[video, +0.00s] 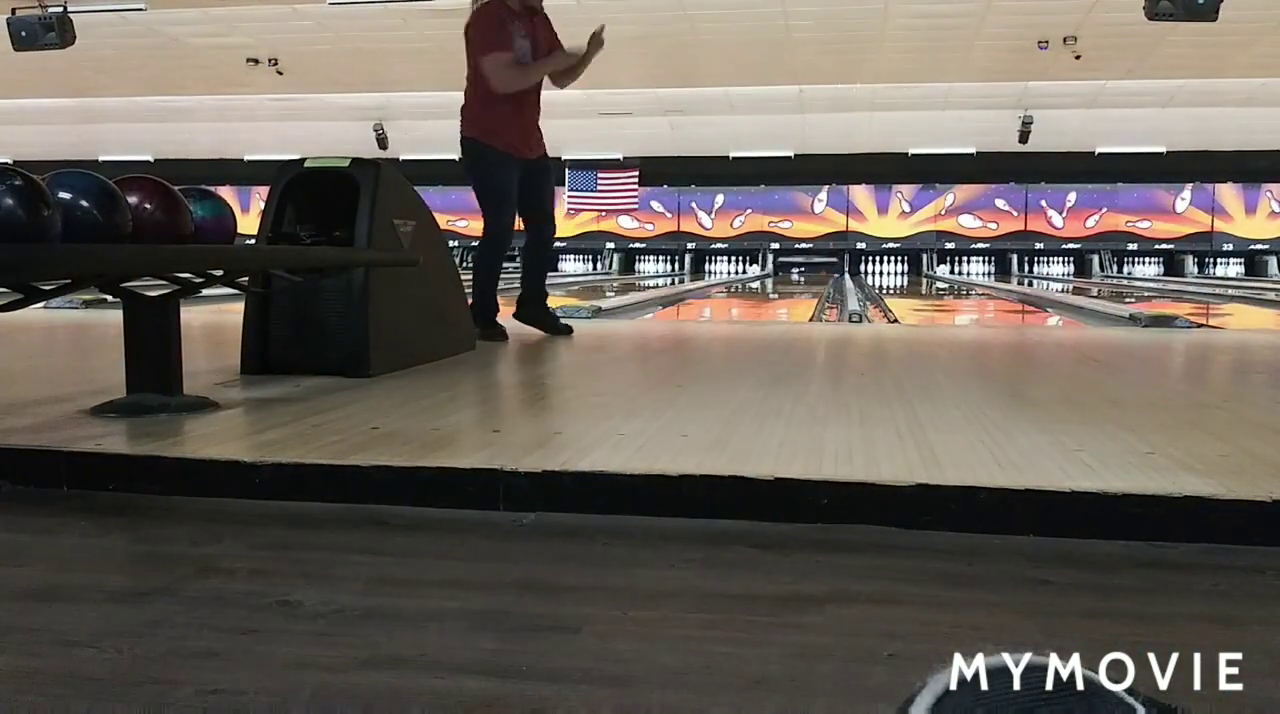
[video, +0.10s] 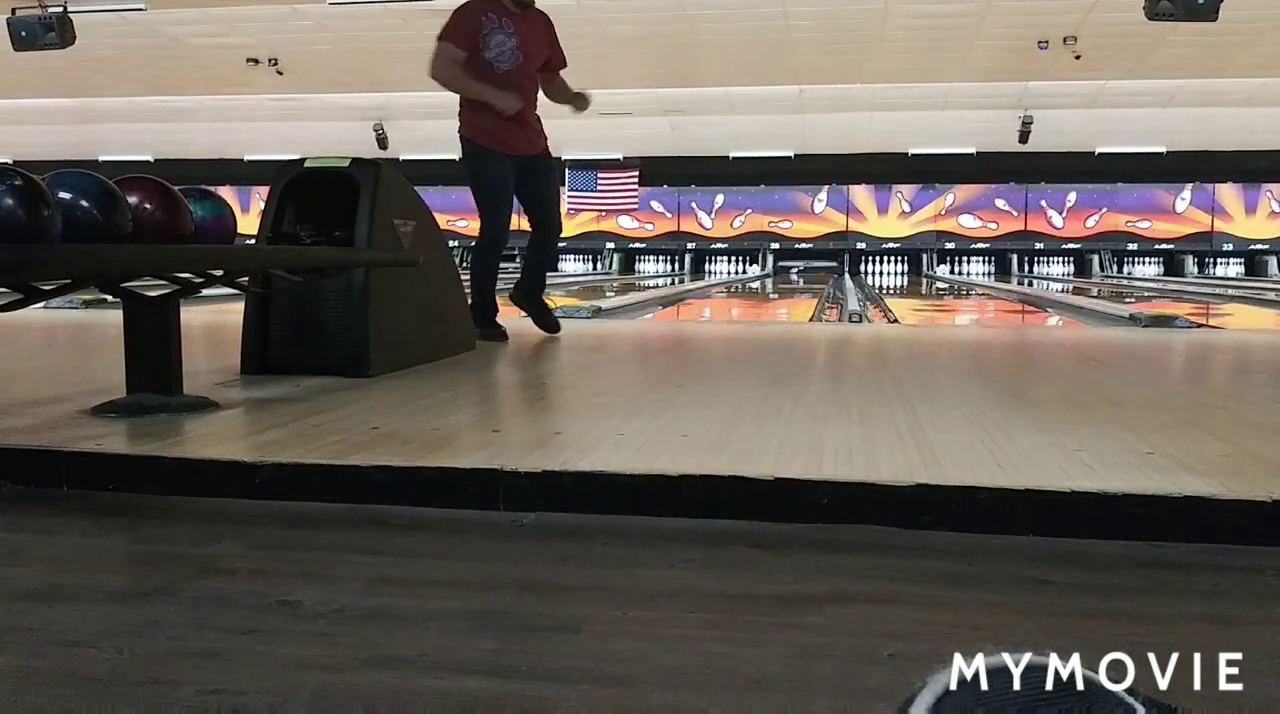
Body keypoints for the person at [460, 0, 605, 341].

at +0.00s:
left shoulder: (538, 19)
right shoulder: (488, 16)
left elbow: (560, 78)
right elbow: (501, 79)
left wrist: (588, 55)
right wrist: (552, 62)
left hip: (528, 141)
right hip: (488, 140)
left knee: (542, 226)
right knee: (499, 227)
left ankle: (532, 305)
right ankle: (483, 315)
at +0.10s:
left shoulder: (540, 21)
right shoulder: (473, 13)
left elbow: (549, 79)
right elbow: (442, 68)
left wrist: (570, 97)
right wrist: (493, 95)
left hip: (529, 140)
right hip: (485, 141)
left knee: (549, 225)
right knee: (495, 228)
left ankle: (529, 291)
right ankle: (483, 315)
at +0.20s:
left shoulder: (540, 16)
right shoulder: (463, 10)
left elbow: (549, 71)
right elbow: (419, 58)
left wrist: (547, 104)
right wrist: (460, 100)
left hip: (533, 143)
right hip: (484, 143)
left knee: (551, 226)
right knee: (491, 231)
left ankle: (525, 286)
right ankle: (483, 316)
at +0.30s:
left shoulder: (541, 9)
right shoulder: (459, 7)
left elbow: (553, 67)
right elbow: (422, 59)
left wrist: (541, 101)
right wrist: (459, 99)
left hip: (533, 139)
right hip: (482, 140)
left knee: (546, 228)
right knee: (485, 231)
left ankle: (527, 301)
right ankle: (484, 315)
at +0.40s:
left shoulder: (543, 7)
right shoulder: (456, 6)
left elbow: (561, 67)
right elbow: (433, 65)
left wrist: (542, 99)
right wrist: (465, 98)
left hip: (532, 136)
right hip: (480, 139)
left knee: (538, 230)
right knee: (485, 231)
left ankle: (535, 317)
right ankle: (489, 317)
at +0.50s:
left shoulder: (545, 7)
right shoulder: (456, 6)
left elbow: (567, 70)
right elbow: (438, 69)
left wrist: (541, 100)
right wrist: (470, 94)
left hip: (531, 137)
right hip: (479, 139)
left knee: (533, 230)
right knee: (483, 232)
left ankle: (535, 317)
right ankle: (491, 316)